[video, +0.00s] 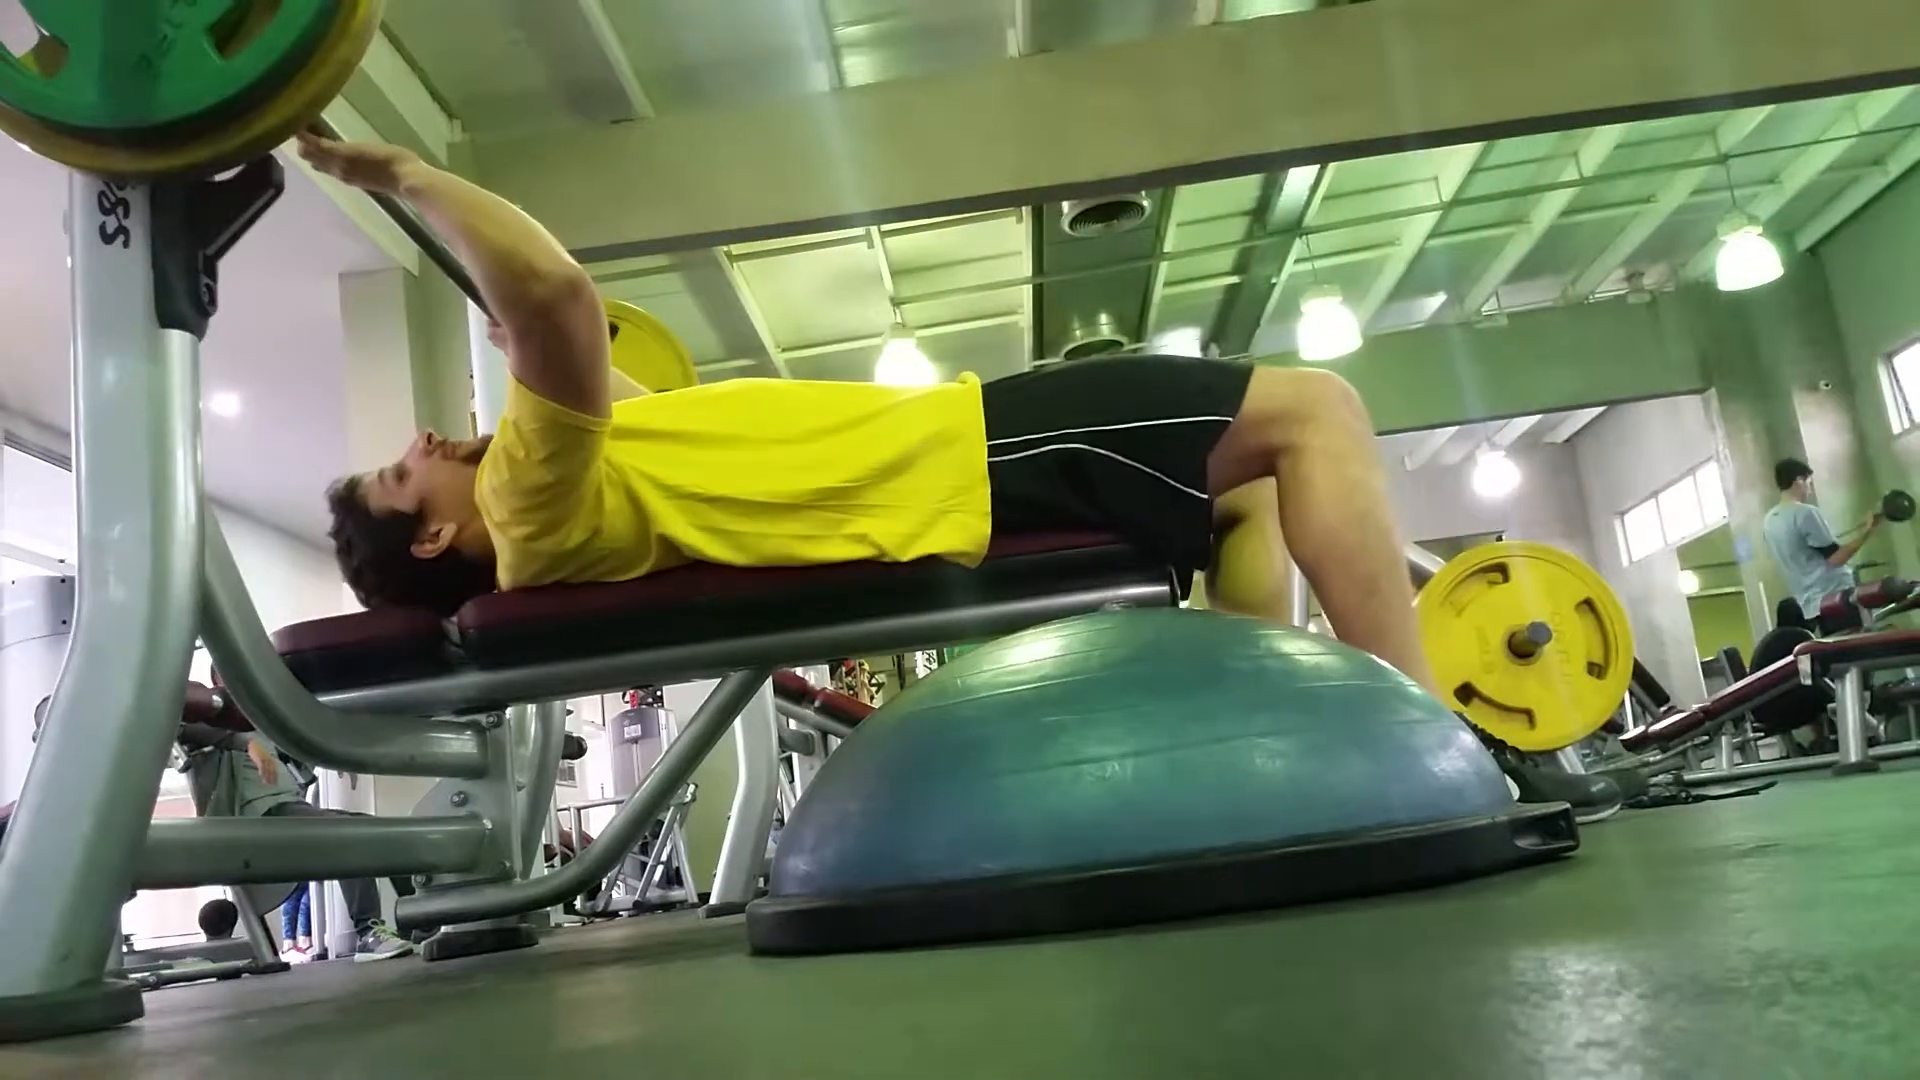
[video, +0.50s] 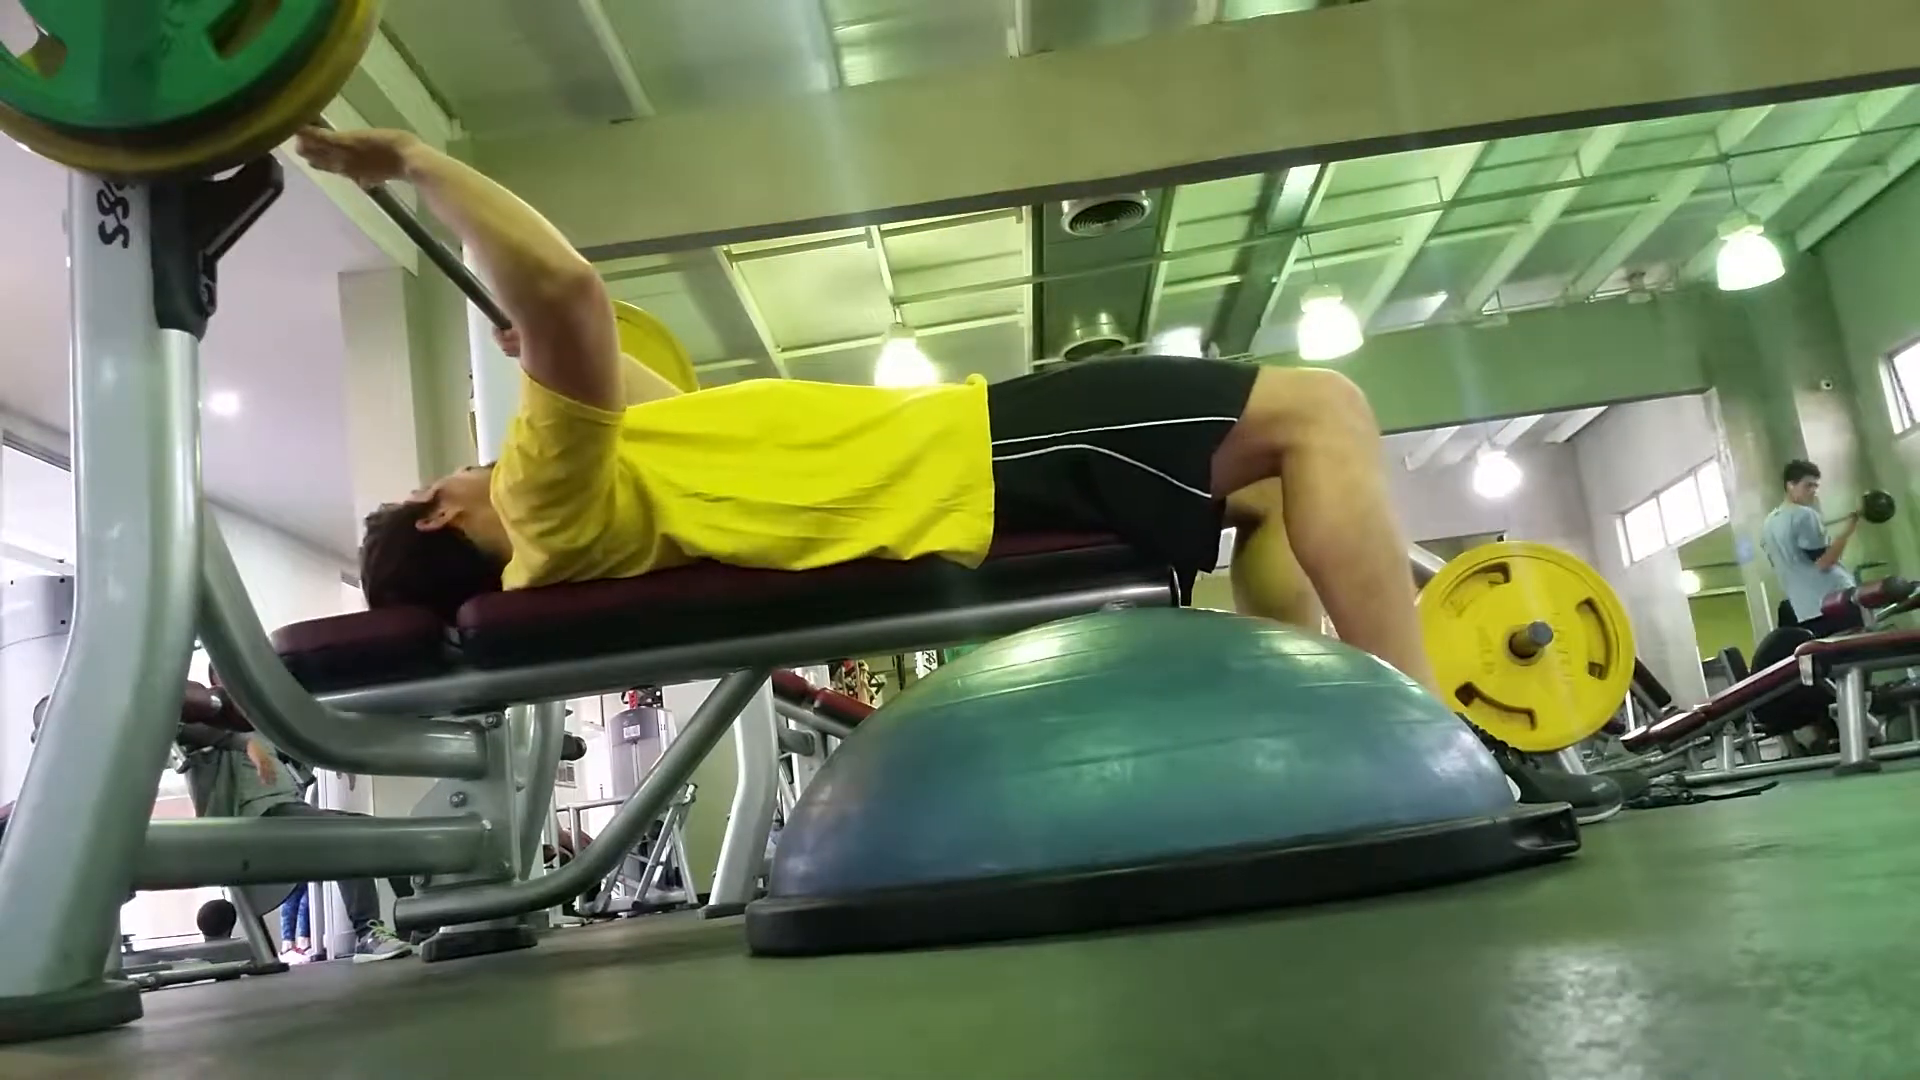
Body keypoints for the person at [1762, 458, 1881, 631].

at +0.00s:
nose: (1811, 489)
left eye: (1811, 482)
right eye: (1809, 482)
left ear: (1782, 484)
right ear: (1797, 481)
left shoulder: (1770, 520)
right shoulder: (1805, 513)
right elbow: (1835, 558)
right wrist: (1867, 531)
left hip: (1810, 608)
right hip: (1837, 601)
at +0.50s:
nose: (1814, 491)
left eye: (1815, 486)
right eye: (1809, 486)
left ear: (1790, 486)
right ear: (1790, 486)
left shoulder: (1770, 522)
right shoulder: (1804, 516)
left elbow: (1777, 564)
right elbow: (1823, 561)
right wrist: (1847, 531)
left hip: (1805, 612)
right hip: (1835, 606)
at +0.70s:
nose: (1812, 492)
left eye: (1813, 487)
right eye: (1806, 487)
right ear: (1787, 486)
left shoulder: (1768, 522)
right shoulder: (1802, 516)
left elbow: (1769, 564)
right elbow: (1811, 564)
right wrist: (1855, 547)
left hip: (1802, 616)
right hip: (1833, 609)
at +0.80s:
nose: (1816, 492)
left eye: (1818, 486)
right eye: (1811, 486)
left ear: (1793, 485)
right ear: (1793, 485)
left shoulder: (1771, 520)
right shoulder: (1805, 513)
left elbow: (1770, 572)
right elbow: (1806, 562)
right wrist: (1851, 558)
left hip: (1802, 616)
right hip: (1832, 609)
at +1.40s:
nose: (1813, 497)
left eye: (1813, 492)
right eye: (1811, 492)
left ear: (1783, 489)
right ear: (1801, 490)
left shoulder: (1766, 520)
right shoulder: (1803, 514)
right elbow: (1825, 559)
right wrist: (1859, 539)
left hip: (1803, 610)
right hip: (1831, 605)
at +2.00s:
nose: (1815, 482)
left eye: (1813, 476)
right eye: (1812, 477)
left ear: (1787, 484)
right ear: (1803, 481)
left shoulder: (1774, 520)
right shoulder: (1809, 508)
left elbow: (1772, 567)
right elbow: (1815, 554)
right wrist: (1856, 558)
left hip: (1799, 612)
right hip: (1831, 606)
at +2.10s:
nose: (1817, 478)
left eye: (1814, 473)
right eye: (1813, 473)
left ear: (1789, 484)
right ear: (1806, 480)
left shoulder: (1778, 517)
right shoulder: (1815, 507)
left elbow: (1774, 565)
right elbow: (1817, 552)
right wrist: (1850, 570)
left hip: (1795, 609)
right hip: (1826, 605)